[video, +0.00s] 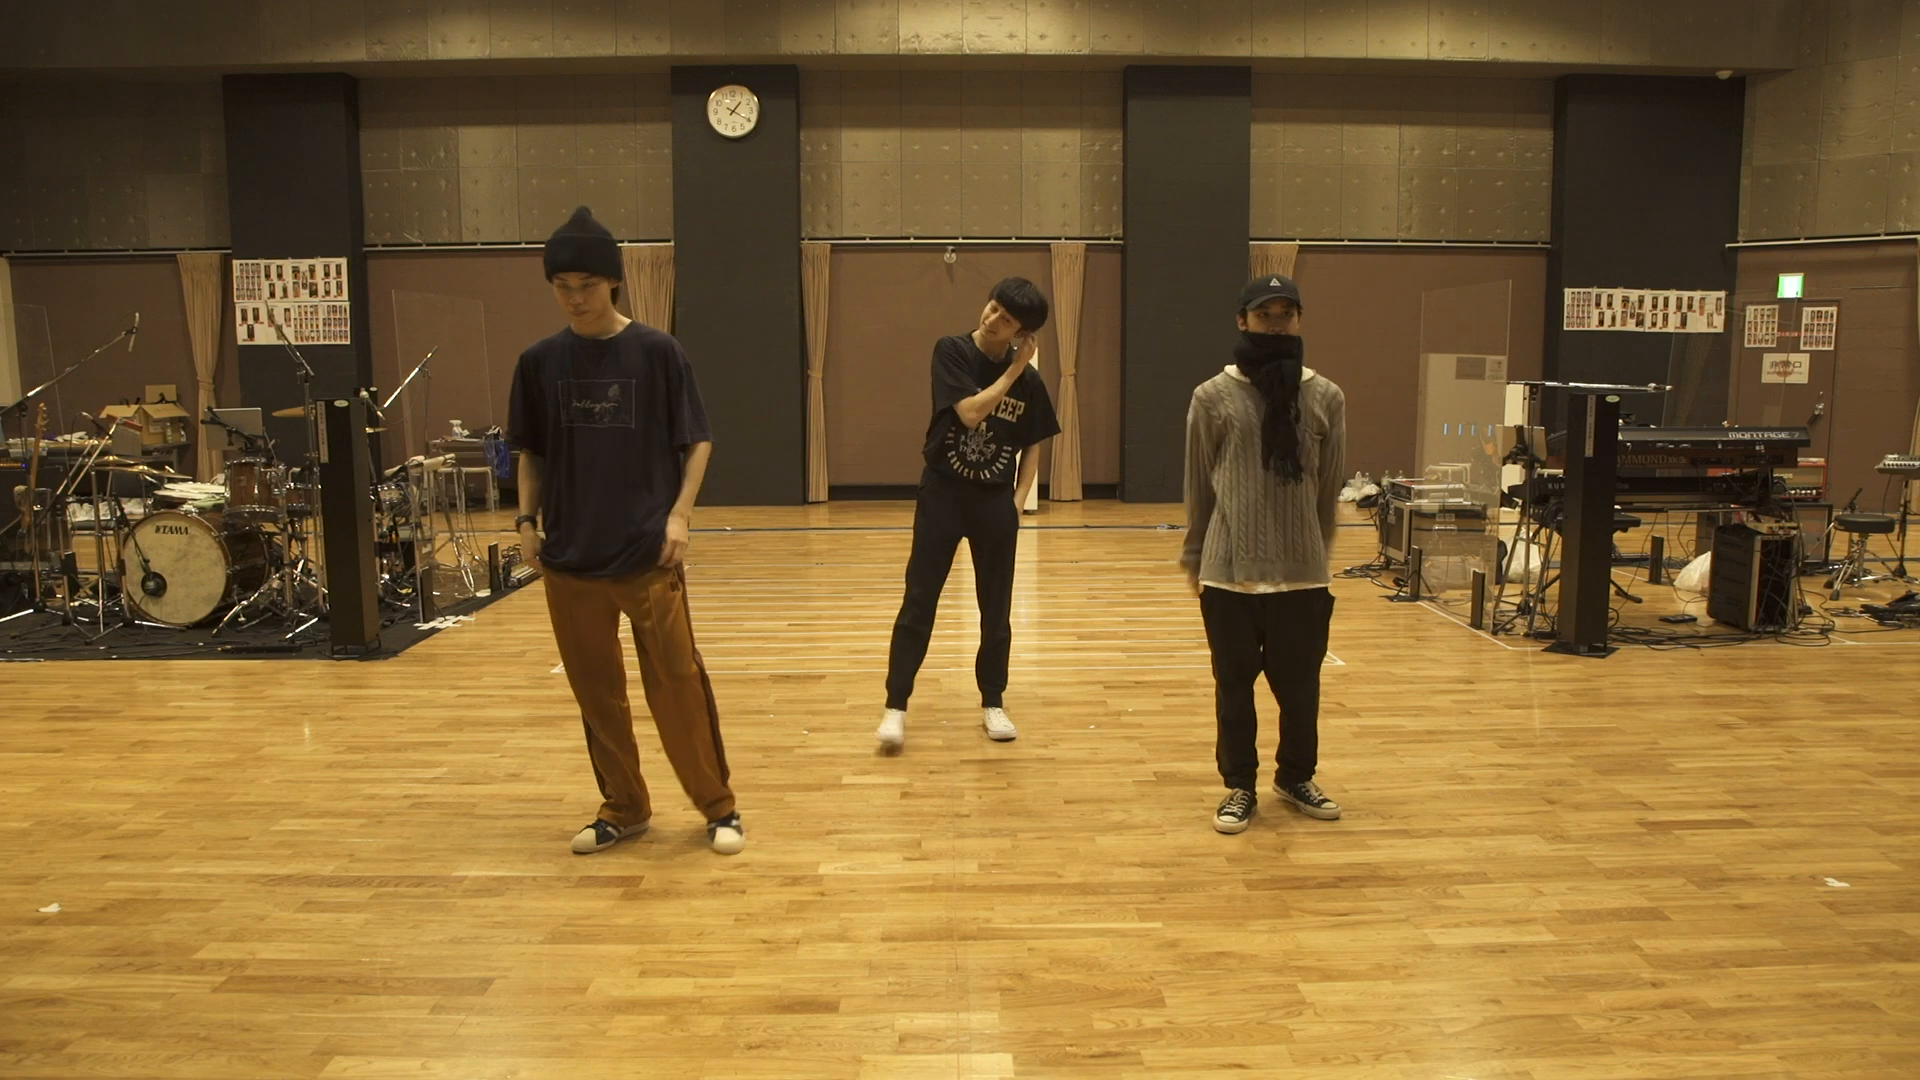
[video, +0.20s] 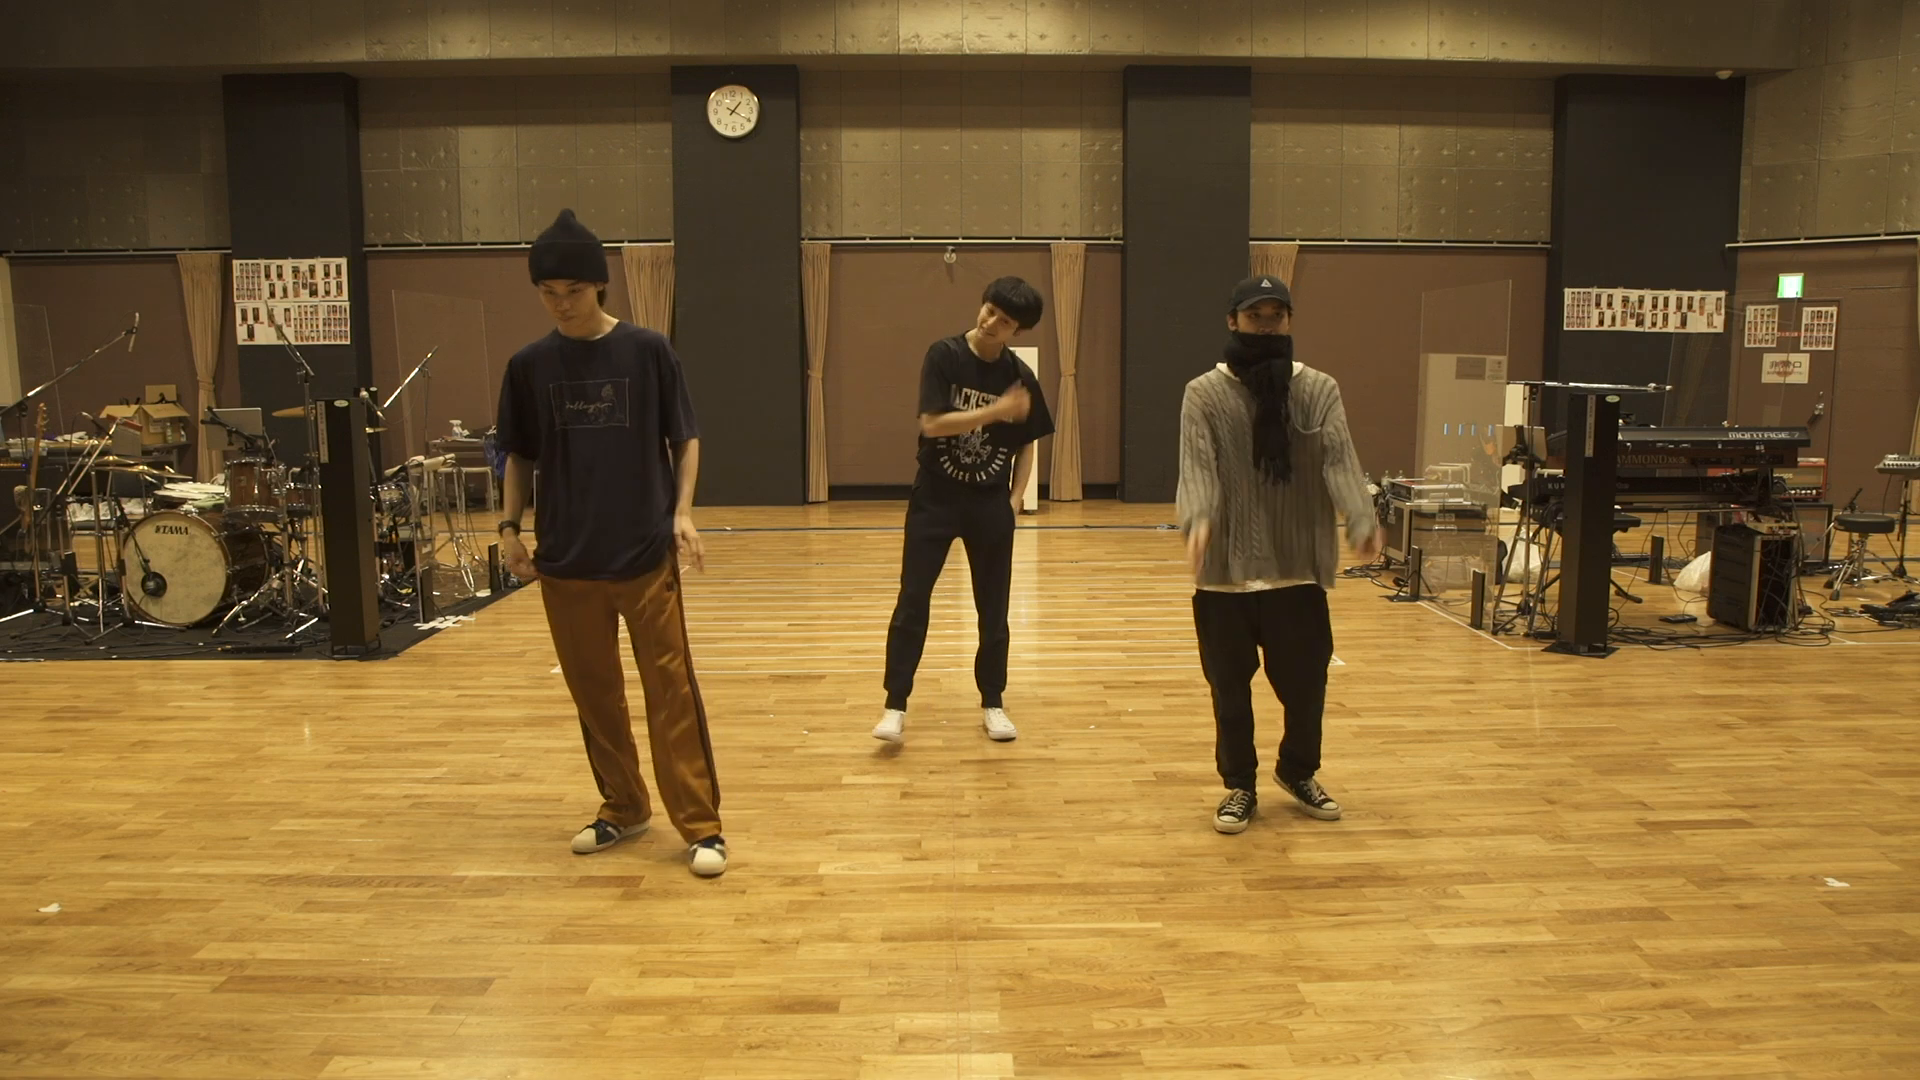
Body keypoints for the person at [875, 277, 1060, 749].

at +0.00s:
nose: (993, 319)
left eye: (1006, 320)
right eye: (995, 308)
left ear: (1022, 332)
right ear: (986, 303)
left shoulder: (1028, 380)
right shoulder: (952, 351)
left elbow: (1034, 442)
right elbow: (968, 414)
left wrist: (1019, 499)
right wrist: (1015, 369)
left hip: (996, 502)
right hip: (942, 495)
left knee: (996, 608)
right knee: (919, 601)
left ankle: (994, 705)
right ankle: (895, 708)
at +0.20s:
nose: (992, 321)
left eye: (1005, 320)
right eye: (991, 310)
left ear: (1018, 330)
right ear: (981, 304)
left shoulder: (1020, 378)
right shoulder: (943, 355)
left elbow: (1028, 441)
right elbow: (931, 423)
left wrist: (1014, 496)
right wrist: (996, 411)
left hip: (990, 506)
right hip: (934, 500)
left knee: (994, 610)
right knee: (912, 602)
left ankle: (993, 705)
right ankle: (895, 707)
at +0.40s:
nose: (979, 324)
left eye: (990, 321)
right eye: (975, 312)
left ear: (1000, 328)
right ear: (960, 305)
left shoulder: (997, 377)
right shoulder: (920, 365)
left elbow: (1007, 447)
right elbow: (904, 438)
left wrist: (1004, 502)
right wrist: (888, 506)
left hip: (983, 510)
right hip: (926, 507)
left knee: (989, 611)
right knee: (912, 611)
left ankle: (993, 705)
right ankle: (902, 713)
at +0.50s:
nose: (972, 316)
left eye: (980, 313)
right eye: (966, 304)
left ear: (983, 323)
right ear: (942, 302)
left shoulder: (979, 374)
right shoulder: (897, 365)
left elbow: (988, 442)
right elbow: (855, 427)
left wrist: (989, 499)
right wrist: (840, 496)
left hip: (970, 509)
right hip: (913, 510)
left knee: (990, 609)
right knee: (906, 613)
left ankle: (992, 704)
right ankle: (900, 714)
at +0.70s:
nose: (942, 300)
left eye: (950, 297)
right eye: (935, 291)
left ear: (954, 309)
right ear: (911, 295)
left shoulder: (964, 370)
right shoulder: (873, 364)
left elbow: (974, 437)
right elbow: (825, 419)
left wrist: (978, 494)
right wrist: (814, 488)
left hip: (959, 503)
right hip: (901, 507)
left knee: (985, 604)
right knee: (896, 615)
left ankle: (993, 700)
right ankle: (899, 713)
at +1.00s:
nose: (886, 291)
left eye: (894, 286)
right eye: (875, 288)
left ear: (908, 301)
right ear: (862, 309)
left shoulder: (941, 357)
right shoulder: (857, 377)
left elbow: (965, 427)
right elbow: (854, 452)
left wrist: (957, 495)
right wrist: (864, 517)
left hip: (945, 501)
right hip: (890, 508)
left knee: (979, 603)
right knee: (892, 616)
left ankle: (1005, 702)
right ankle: (899, 712)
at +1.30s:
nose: (884, 301)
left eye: (890, 293)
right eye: (873, 300)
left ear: (911, 302)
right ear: (870, 322)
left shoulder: (954, 354)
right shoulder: (874, 384)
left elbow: (977, 424)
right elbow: (871, 458)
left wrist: (974, 495)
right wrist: (876, 521)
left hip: (957, 499)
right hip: (904, 505)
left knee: (981, 599)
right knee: (899, 611)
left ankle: (991, 692)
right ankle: (900, 712)